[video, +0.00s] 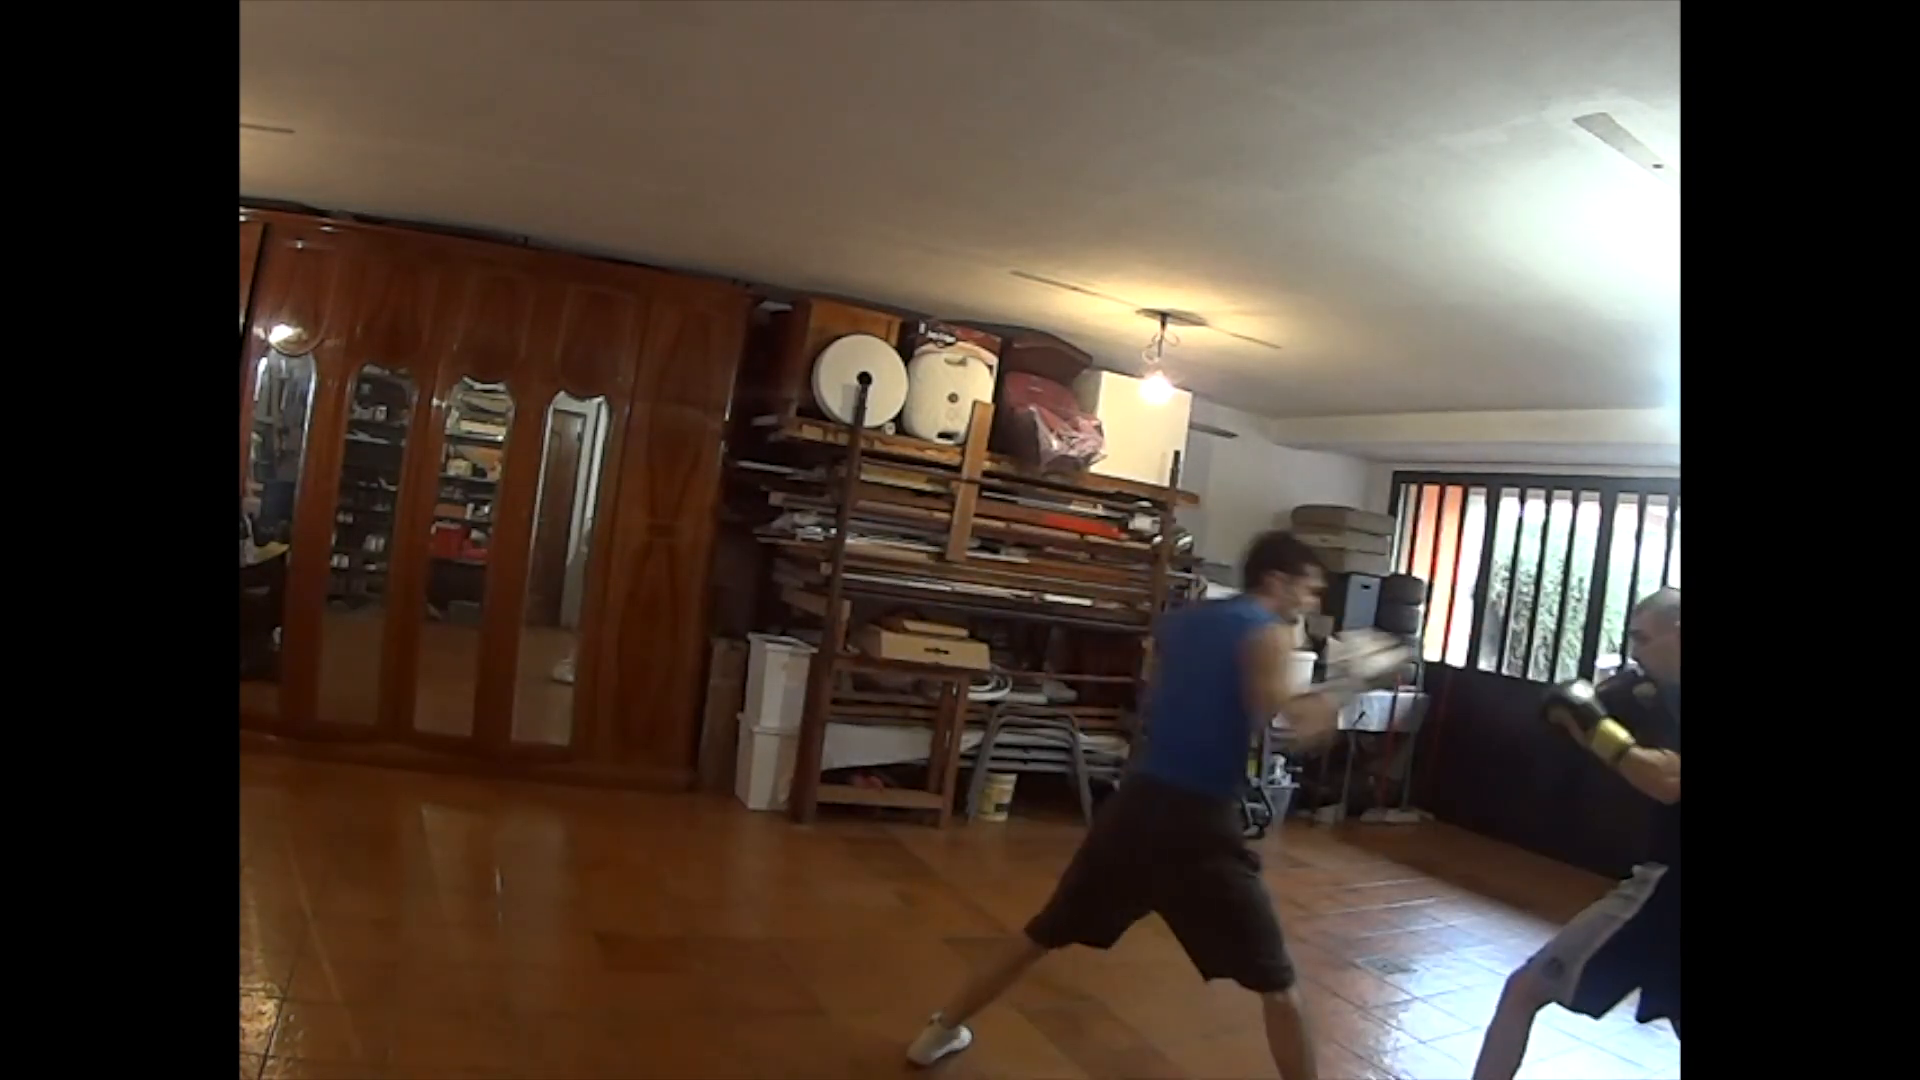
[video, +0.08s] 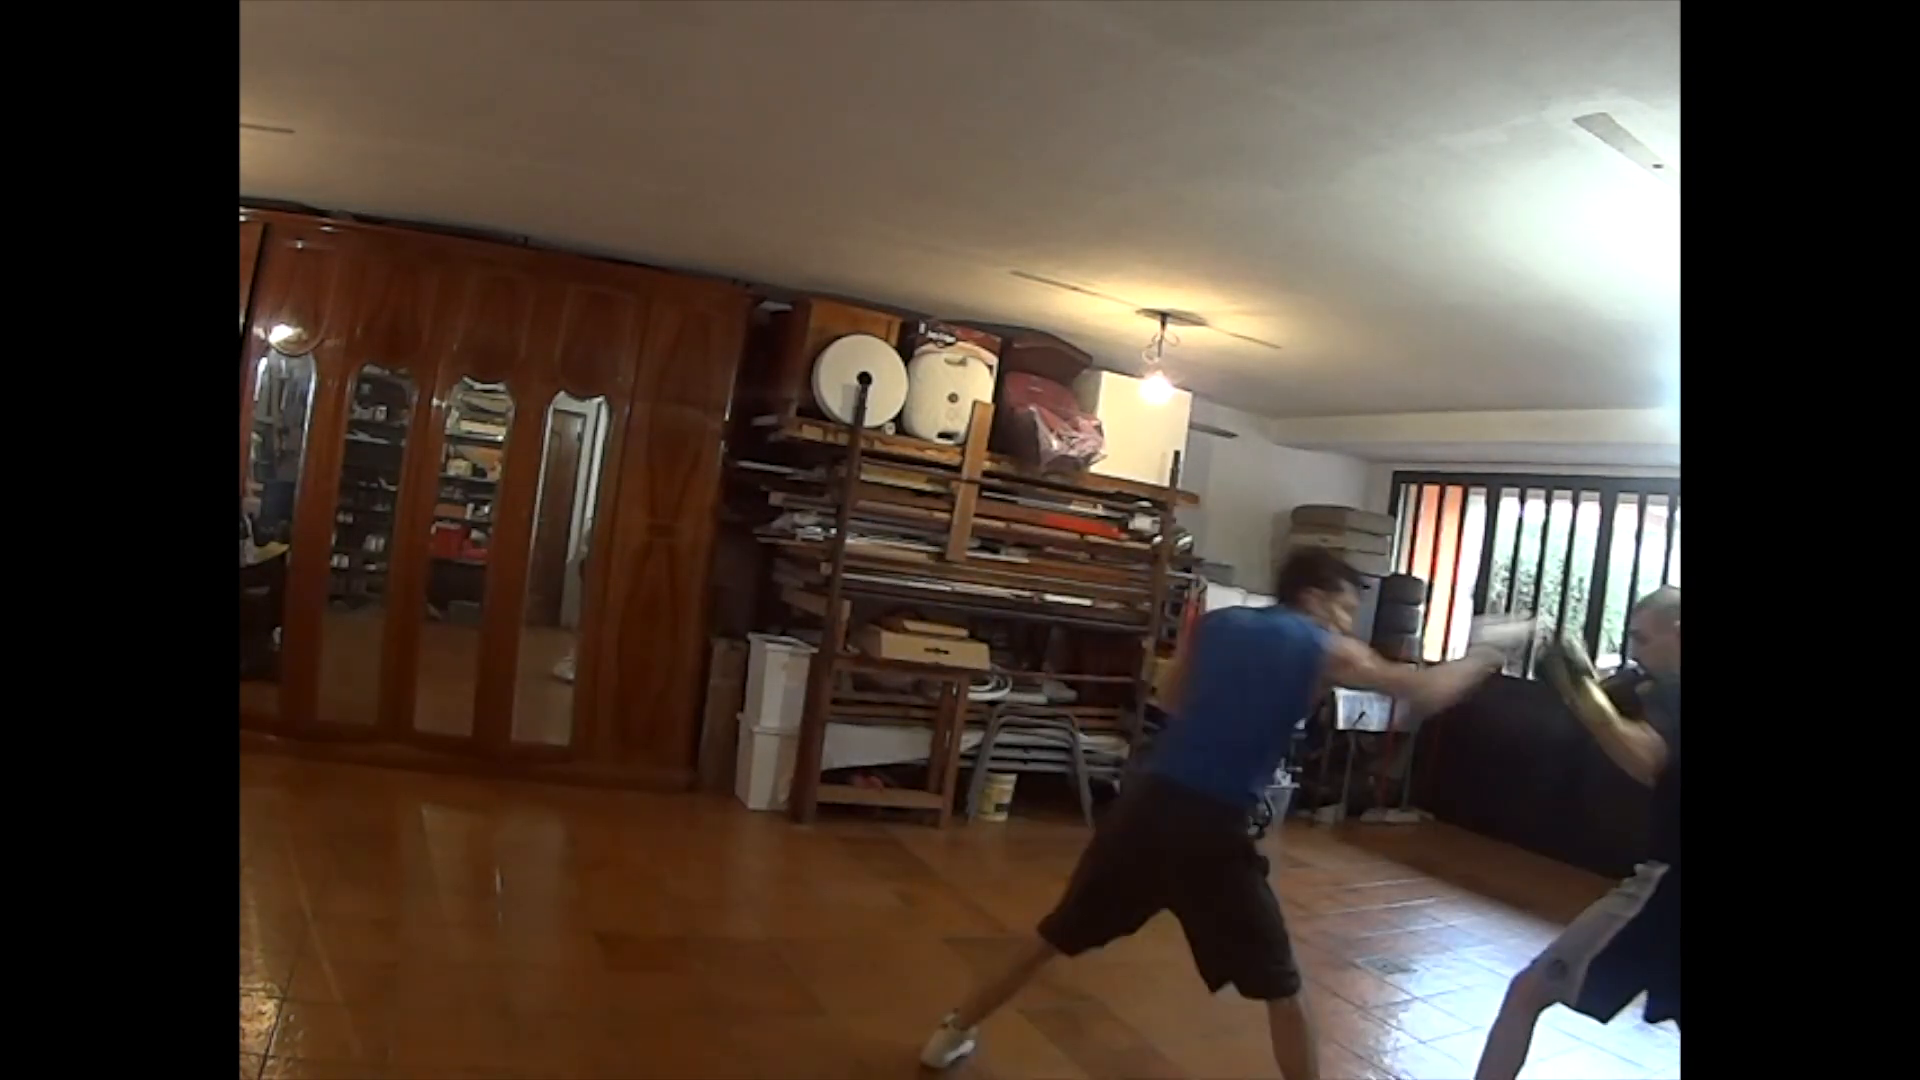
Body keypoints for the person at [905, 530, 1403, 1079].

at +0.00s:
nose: (1310, 606)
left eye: (1315, 595)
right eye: (1308, 593)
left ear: (1252, 580)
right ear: (1274, 581)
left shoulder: (1182, 619)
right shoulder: (1265, 630)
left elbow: (1167, 698)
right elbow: (1277, 707)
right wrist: (1353, 683)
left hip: (1131, 816)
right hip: (1203, 828)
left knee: (1038, 935)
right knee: (1278, 986)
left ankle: (937, 1032)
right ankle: (1307, 1075)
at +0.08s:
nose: (1353, 621)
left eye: (1354, 612)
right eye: (1349, 610)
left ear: (1288, 589)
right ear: (1321, 598)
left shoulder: (1211, 621)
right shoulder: (1321, 646)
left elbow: (1173, 700)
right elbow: (1419, 690)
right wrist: (1479, 661)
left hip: (1143, 813)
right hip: (1216, 833)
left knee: (1057, 932)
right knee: (1283, 989)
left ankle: (953, 1032)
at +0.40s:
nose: (1323, 589)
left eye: (1324, 577)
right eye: (1320, 575)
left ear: (1256, 564)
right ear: (1294, 565)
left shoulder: (1194, 620)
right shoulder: (1307, 615)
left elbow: (1193, 722)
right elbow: (1392, 704)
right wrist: (1406, 620)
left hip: (1180, 835)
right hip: (1265, 846)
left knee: (1090, 991)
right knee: (1315, 1012)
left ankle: (1008, 1074)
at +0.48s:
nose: (1297, 587)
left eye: (1298, 577)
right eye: (1293, 574)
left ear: (1226, 565)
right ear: (1265, 566)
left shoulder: (1168, 625)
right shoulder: (1284, 616)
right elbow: (1392, 686)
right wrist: (1394, 598)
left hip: (1169, 849)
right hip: (1253, 858)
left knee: (1078, 1003)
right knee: (1309, 1016)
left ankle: (1007, 1073)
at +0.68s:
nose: (1216, 559)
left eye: (1217, 548)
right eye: (1213, 546)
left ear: (1138, 544)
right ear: (1183, 543)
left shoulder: (1091, 612)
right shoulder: (1204, 592)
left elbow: (1156, 703)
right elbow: (1313, 665)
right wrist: (1368, 632)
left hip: (1127, 837)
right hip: (1215, 844)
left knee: (1045, 1009)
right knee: (1272, 1020)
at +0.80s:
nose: (1213, 552)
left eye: (1216, 542)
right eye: (1212, 540)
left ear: (1136, 530)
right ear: (1181, 531)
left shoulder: (1082, 597)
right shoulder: (1191, 575)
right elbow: (1304, 640)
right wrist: (1364, 574)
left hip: (1111, 829)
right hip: (1198, 838)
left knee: (1038, 1004)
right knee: (1259, 1011)